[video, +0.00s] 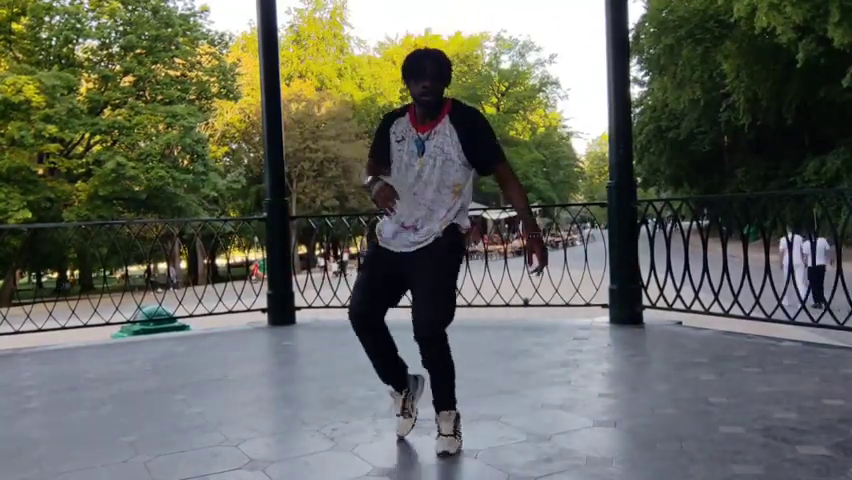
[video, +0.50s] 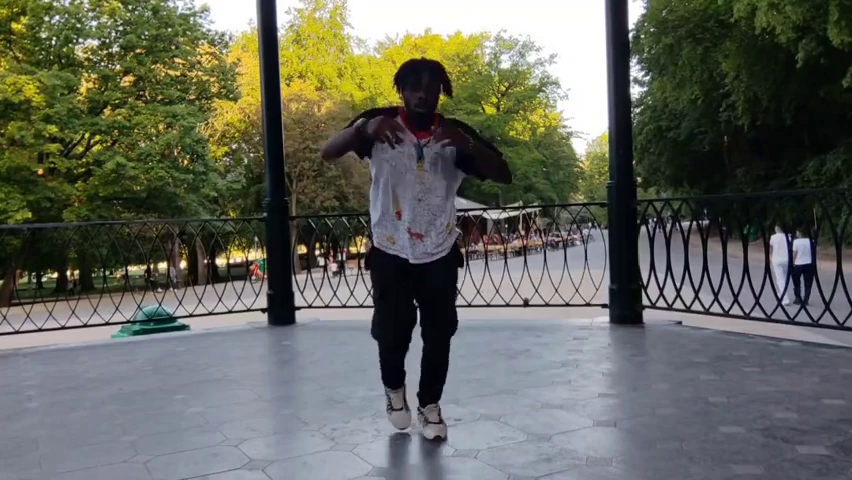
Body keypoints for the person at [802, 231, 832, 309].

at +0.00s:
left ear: (808, 234)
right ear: (818, 233)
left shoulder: (806, 243)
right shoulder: (823, 241)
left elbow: (805, 255)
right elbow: (828, 250)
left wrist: (805, 263)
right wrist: (830, 259)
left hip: (811, 266)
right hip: (821, 265)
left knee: (814, 285)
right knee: (820, 284)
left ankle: (816, 302)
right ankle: (821, 300)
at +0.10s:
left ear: (807, 235)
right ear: (816, 235)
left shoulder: (804, 244)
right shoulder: (820, 243)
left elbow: (801, 254)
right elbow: (824, 253)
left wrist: (802, 262)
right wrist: (828, 261)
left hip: (808, 266)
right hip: (818, 265)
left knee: (811, 285)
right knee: (814, 284)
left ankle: (816, 301)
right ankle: (810, 300)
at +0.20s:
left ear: (807, 235)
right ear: (815, 236)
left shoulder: (802, 244)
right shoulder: (817, 243)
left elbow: (799, 255)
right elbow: (821, 254)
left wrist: (799, 263)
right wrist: (825, 262)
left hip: (805, 266)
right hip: (814, 266)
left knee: (809, 286)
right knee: (811, 285)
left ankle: (815, 300)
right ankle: (806, 301)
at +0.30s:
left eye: (802, 234)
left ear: (804, 235)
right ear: (812, 235)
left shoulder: (800, 244)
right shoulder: (815, 243)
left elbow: (797, 254)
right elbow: (819, 254)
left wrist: (797, 263)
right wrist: (822, 263)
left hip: (803, 266)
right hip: (812, 265)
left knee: (801, 283)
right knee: (809, 284)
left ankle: (811, 296)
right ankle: (806, 299)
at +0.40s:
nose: (799, 234)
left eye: (800, 233)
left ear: (801, 233)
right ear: (809, 233)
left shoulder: (797, 243)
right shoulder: (813, 242)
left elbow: (795, 254)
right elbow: (817, 253)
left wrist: (793, 265)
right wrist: (818, 263)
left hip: (800, 265)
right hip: (810, 265)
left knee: (798, 283)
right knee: (809, 284)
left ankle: (802, 296)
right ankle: (806, 299)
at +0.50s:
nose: (796, 234)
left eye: (797, 233)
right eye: (796, 233)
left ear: (799, 234)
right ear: (805, 233)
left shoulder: (796, 242)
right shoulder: (811, 241)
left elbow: (794, 253)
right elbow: (813, 252)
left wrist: (793, 261)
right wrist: (813, 261)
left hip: (798, 264)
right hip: (809, 263)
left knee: (796, 283)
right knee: (808, 283)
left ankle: (798, 298)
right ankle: (806, 299)